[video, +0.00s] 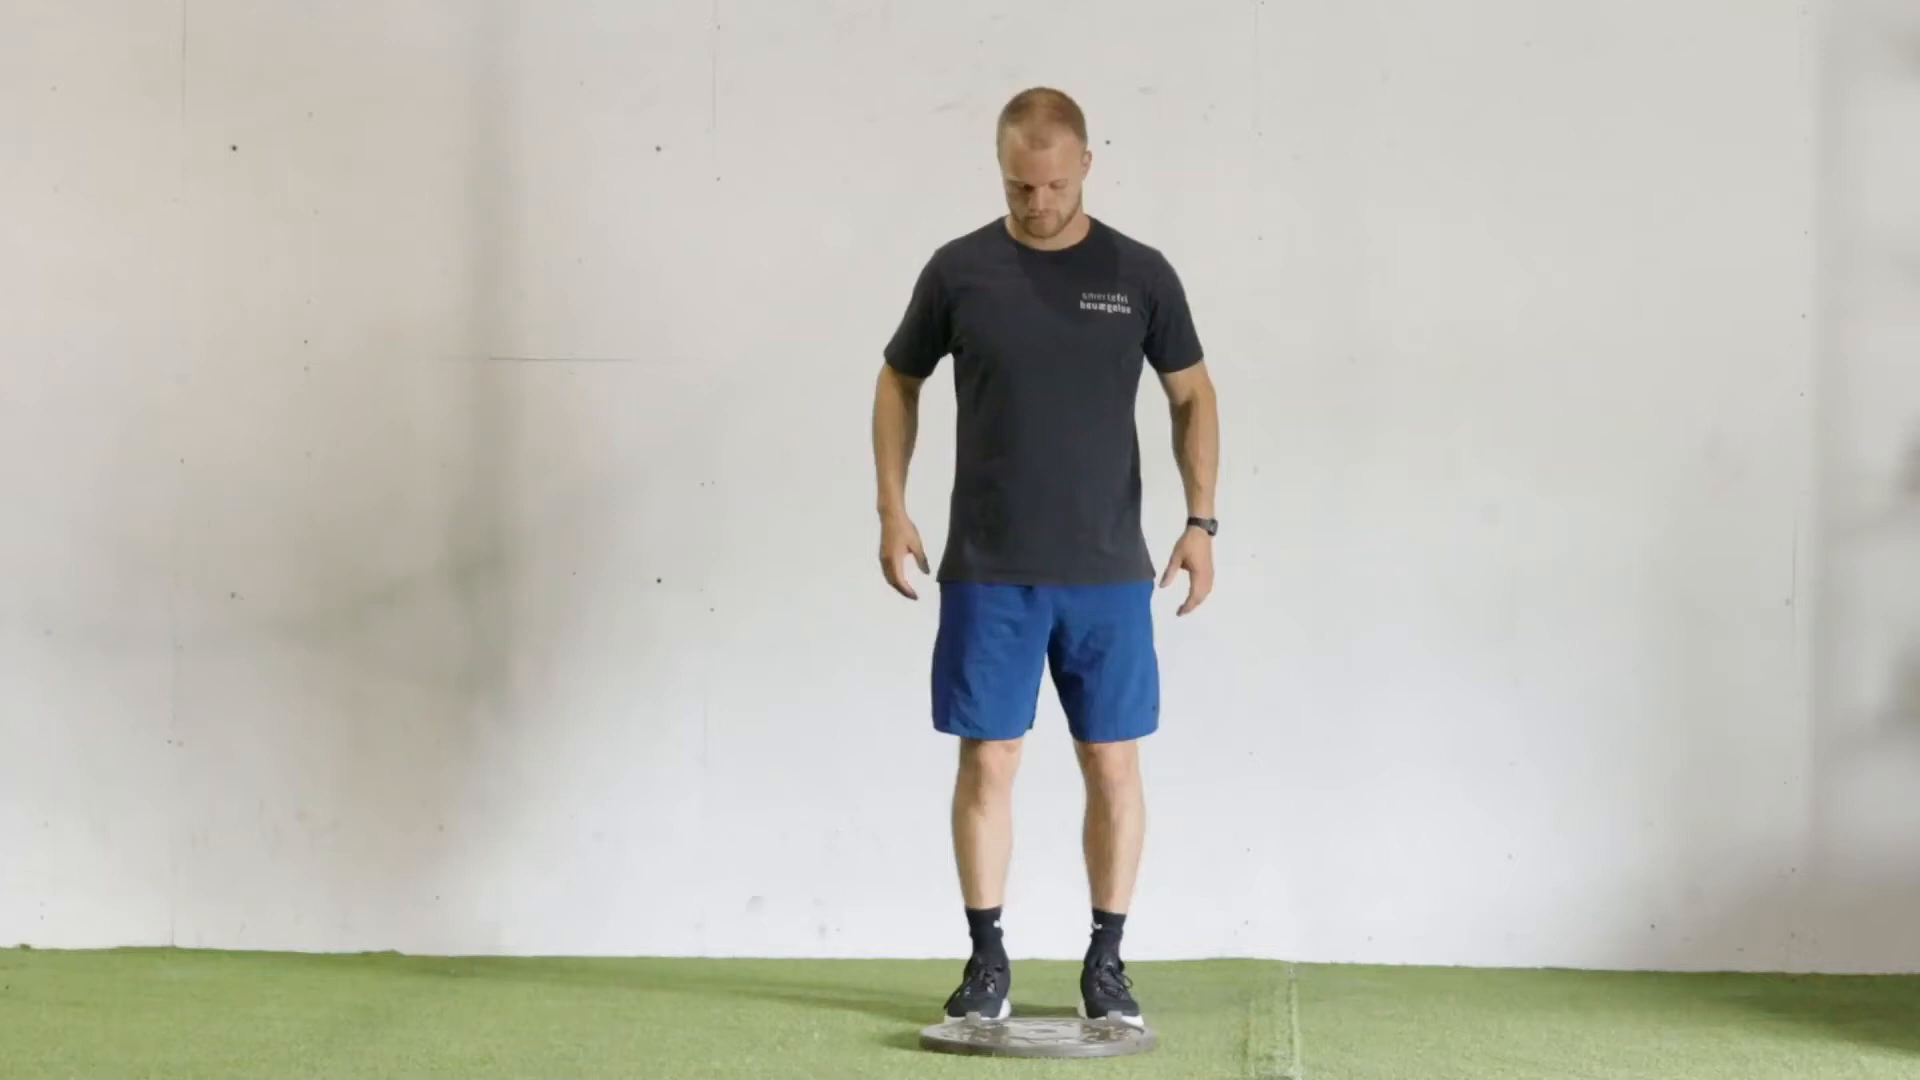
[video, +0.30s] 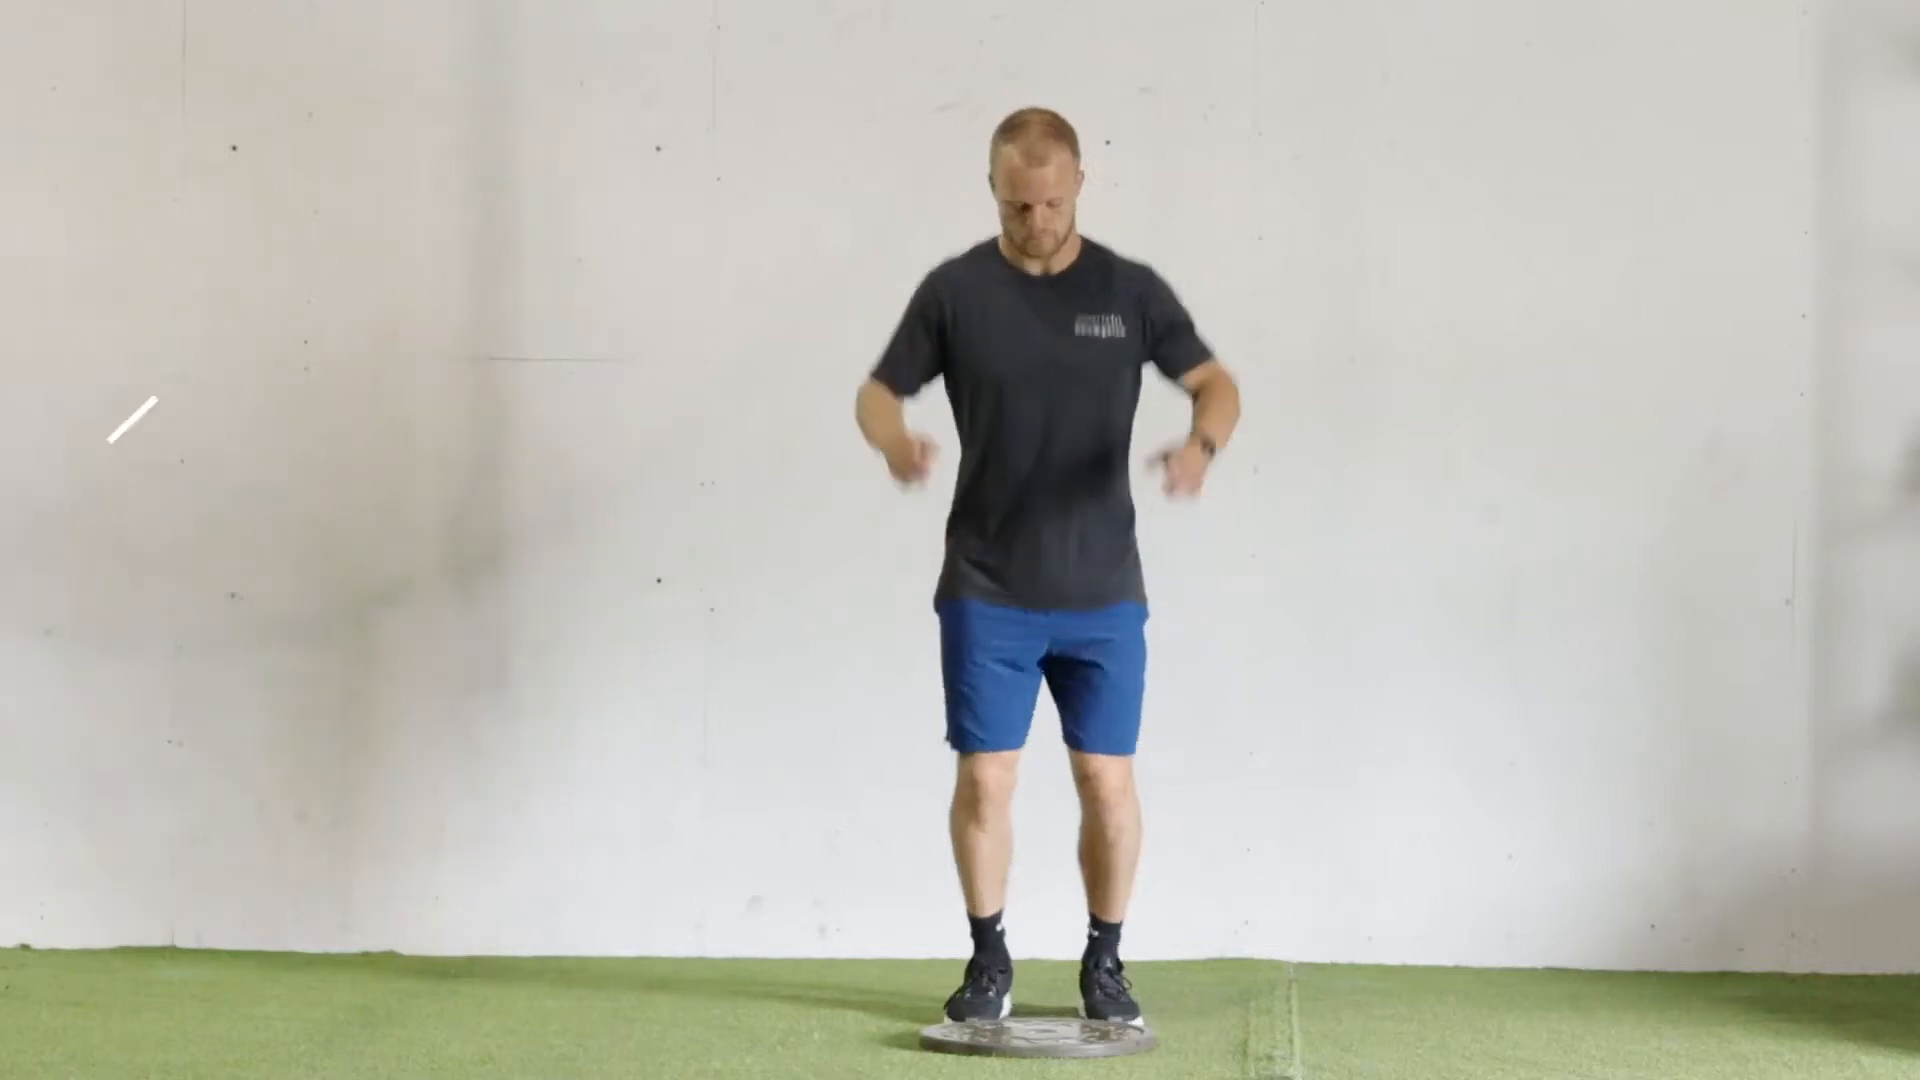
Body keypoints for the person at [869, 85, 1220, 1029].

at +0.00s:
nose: (1036, 200)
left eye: (1052, 183)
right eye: (1021, 184)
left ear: (1086, 166)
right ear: (1001, 171)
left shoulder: (1140, 274)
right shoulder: (957, 271)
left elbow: (1193, 395)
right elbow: (899, 379)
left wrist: (1200, 521)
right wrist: (892, 509)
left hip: (1108, 567)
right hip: (990, 567)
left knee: (1113, 765)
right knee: (988, 761)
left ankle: (1106, 968)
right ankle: (986, 969)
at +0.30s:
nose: (1037, 218)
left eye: (1051, 199)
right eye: (1019, 202)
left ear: (1078, 184)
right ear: (995, 192)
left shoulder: (1132, 291)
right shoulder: (954, 291)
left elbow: (1216, 386)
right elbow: (876, 395)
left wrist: (1202, 442)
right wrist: (895, 440)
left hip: (1101, 582)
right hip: (988, 582)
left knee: (1108, 783)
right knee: (984, 781)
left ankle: (1104, 967)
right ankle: (988, 966)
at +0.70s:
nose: (1031, 204)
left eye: (1046, 186)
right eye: (1014, 187)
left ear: (1075, 170)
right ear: (990, 176)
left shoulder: (1126, 280)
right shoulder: (949, 282)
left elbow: (1194, 388)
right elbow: (894, 398)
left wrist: (1174, 476)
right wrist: (900, 515)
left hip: (1099, 573)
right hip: (985, 570)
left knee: (1090, 769)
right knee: (989, 770)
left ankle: (1073, 969)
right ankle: (998, 967)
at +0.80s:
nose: (1031, 170)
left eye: (1046, 152)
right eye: (1015, 153)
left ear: (1076, 136)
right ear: (991, 140)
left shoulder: (1127, 245)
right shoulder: (948, 244)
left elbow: (1188, 345)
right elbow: (892, 349)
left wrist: (1170, 432)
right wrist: (901, 463)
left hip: (1099, 539)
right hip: (981, 537)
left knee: (1095, 738)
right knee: (982, 740)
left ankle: (1079, 959)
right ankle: (990, 959)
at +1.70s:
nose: (1040, 148)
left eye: (1056, 131)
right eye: (1024, 132)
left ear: (1086, 123)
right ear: (1000, 125)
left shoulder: (1135, 233)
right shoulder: (955, 229)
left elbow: (1181, 340)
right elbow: (894, 329)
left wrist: (1165, 428)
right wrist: (914, 440)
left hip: (1107, 527)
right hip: (989, 525)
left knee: (1102, 731)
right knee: (991, 727)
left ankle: (1082, 949)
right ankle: (993, 947)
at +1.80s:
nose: (1039, 122)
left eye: (1056, 105)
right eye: (1023, 105)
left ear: (1088, 94)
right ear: (1001, 95)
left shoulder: (1134, 200)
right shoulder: (955, 198)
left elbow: (1188, 300)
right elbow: (890, 287)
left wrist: (1167, 393)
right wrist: (912, 397)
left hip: (1107, 495)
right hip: (989, 495)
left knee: (1105, 702)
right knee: (989, 699)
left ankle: (1086, 918)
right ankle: (992, 918)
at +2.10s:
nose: (1039, 189)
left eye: (1055, 171)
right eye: (1022, 173)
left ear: (1085, 164)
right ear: (999, 170)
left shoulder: (1134, 276)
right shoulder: (959, 277)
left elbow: (1195, 381)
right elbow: (897, 381)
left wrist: (1182, 447)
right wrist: (924, 422)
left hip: (1103, 567)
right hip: (993, 568)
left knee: (1102, 770)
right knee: (993, 769)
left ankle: (1085, 955)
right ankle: (1002, 956)